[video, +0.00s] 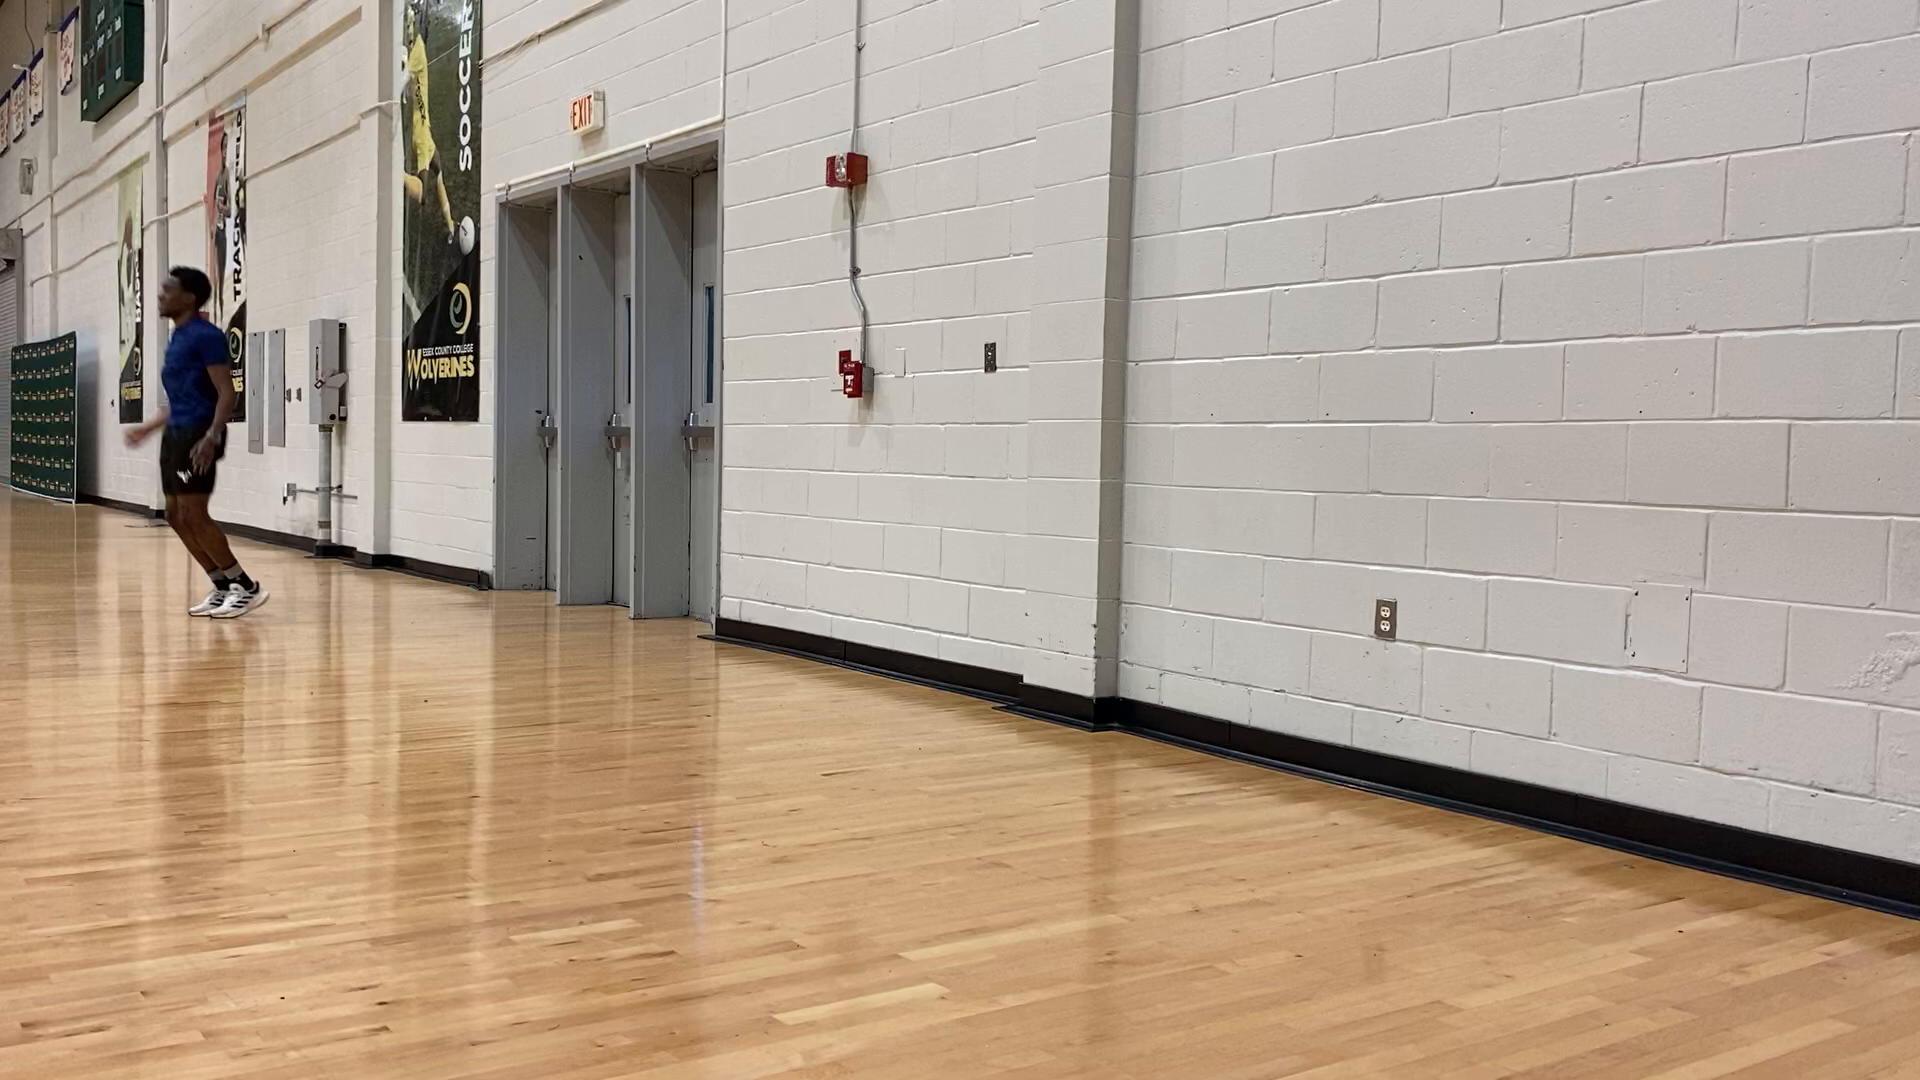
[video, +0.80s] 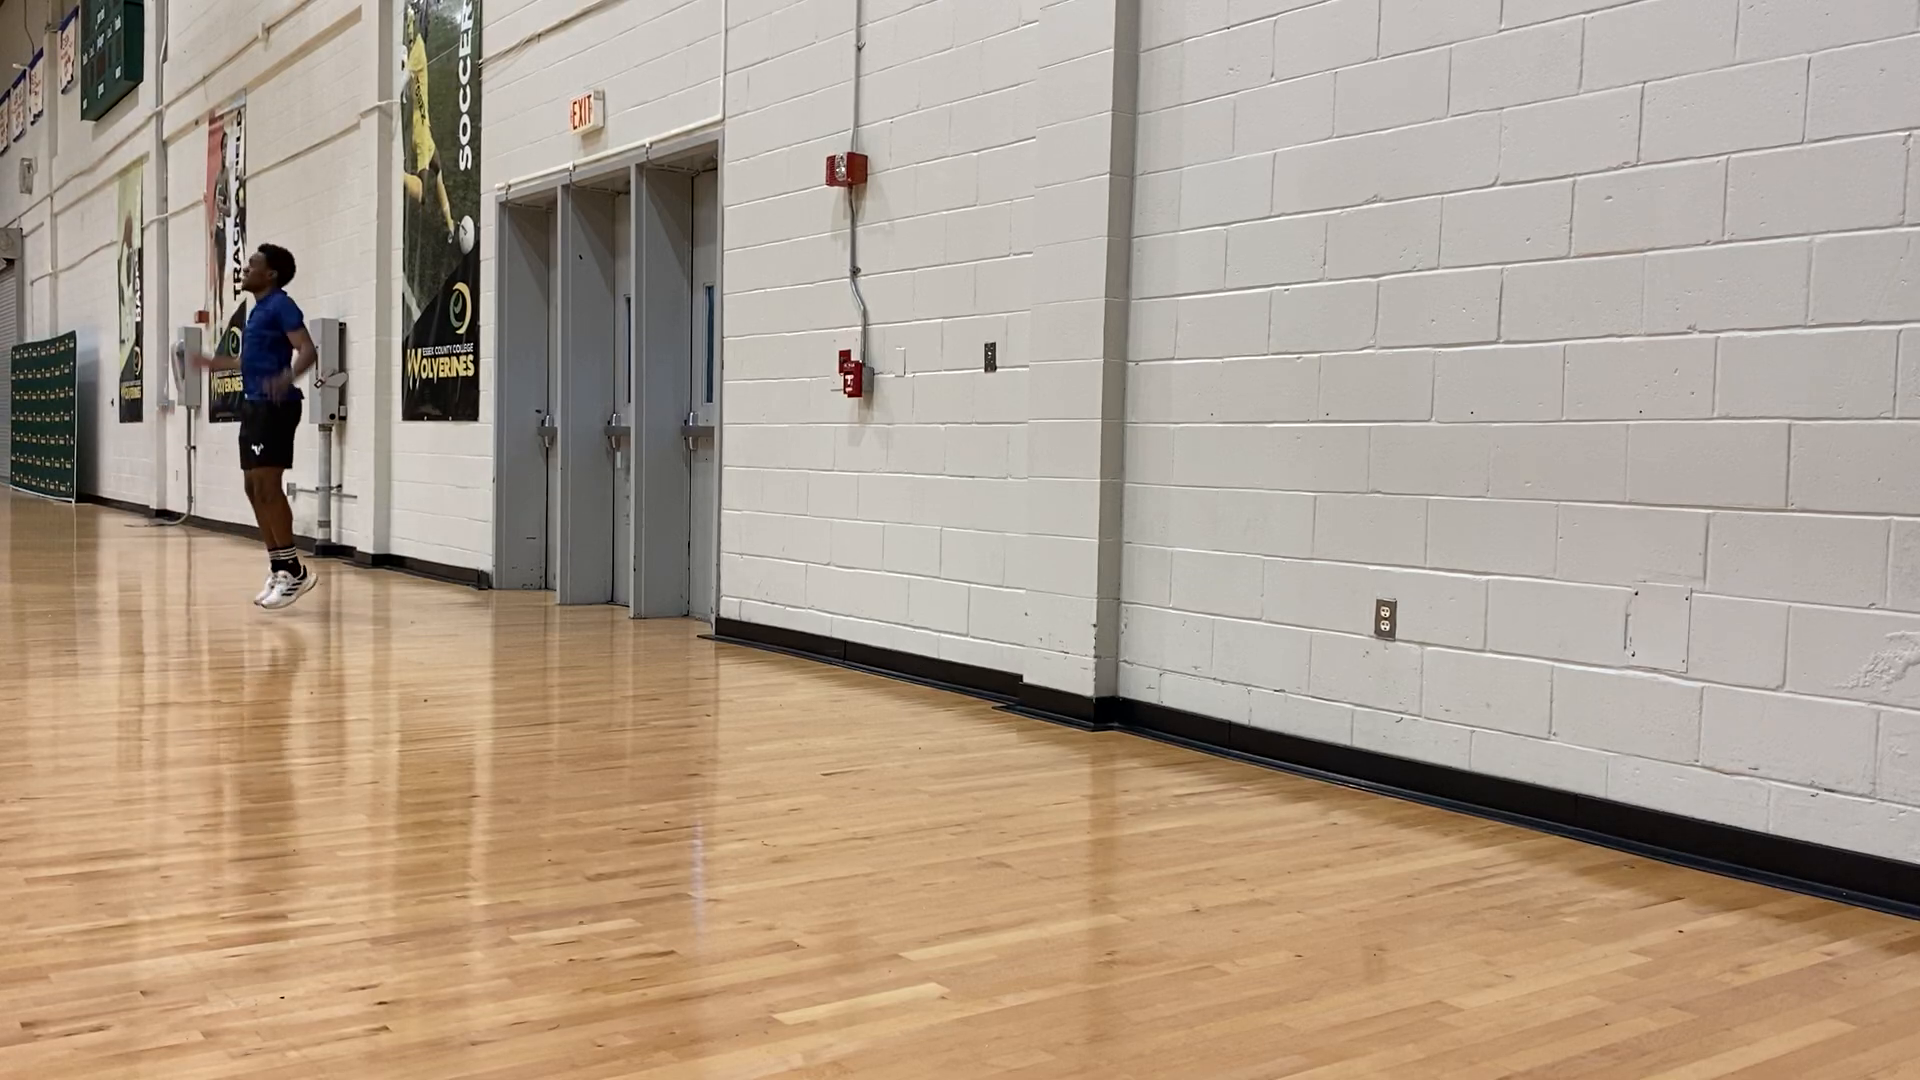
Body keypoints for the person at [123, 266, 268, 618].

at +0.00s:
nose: (160, 294)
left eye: (168, 289)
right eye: (162, 288)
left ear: (190, 298)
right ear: (179, 298)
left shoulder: (206, 336)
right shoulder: (179, 336)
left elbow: (227, 394)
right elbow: (180, 402)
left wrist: (211, 438)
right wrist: (147, 428)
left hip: (199, 435)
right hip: (176, 434)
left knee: (194, 515)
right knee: (177, 518)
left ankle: (244, 586)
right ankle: (223, 588)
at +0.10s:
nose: (175, 300)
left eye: (183, 295)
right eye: (178, 294)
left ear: (204, 303)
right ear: (198, 304)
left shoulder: (220, 342)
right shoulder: (194, 344)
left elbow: (235, 401)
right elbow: (196, 407)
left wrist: (209, 443)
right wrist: (162, 433)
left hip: (221, 439)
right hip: (197, 439)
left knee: (200, 517)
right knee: (185, 518)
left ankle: (246, 589)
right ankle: (227, 590)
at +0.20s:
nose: (190, 277)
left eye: (198, 272)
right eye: (193, 271)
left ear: (218, 281)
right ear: (209, 281)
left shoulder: (228, 315)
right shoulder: (204, 319)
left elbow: (245, 363)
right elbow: (194, 371)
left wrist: (210, 376)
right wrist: (150, 364)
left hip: (233, 418)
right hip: (212, 418)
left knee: (230, 497)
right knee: (212, 497)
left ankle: (250, 583)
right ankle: (224, 582)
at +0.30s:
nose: (204, 273)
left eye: (210, 269)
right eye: (205, 268)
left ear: (230, 277)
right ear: (218, 277)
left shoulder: (243, 305)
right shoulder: (214, 310)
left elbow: (258, 327)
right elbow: (195, 328)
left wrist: (215, 300)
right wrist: (163, 292)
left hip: (244, 410)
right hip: (220, 410)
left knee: (240, 492)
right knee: (219, 493)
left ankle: (275, 577)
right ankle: (245, 575)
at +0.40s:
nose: (213, 296)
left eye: (221, 290)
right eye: (214, 290)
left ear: (238, 294)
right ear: (218, 295)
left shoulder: (254, 319)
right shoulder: (227, 321)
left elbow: (264, 297)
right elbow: (208, 293)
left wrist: (234, 258)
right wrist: (204, 252)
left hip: (256, 424)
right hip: (233, 424)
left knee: (244, 506)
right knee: (225, 508)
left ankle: (301, 581)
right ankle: (268, 579)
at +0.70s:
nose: (240, 264)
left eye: (247, 261)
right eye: (242, 259)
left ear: (265, 271)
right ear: (254, 271)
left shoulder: (274, 299)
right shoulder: (249, 305)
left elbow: (302, 317)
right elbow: (234, 321)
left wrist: (272, 295)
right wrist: (199, 293)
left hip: (272, 402)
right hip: (251, 403)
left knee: (270, 484)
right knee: (251, 484)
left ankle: (296, 570)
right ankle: (271, 567)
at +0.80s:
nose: (244, 269)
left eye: (252, 265)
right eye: (247, 264)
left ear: (271, 274)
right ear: (258, 274)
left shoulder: (280, 305)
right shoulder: (256, 309)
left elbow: (308, 351)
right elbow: (248, 361)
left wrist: (287, 376)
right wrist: (207, 363)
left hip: (276, 405)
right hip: (255, 406)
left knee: (267, 488)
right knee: (253, 488)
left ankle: (294, 572)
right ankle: (278, 570)